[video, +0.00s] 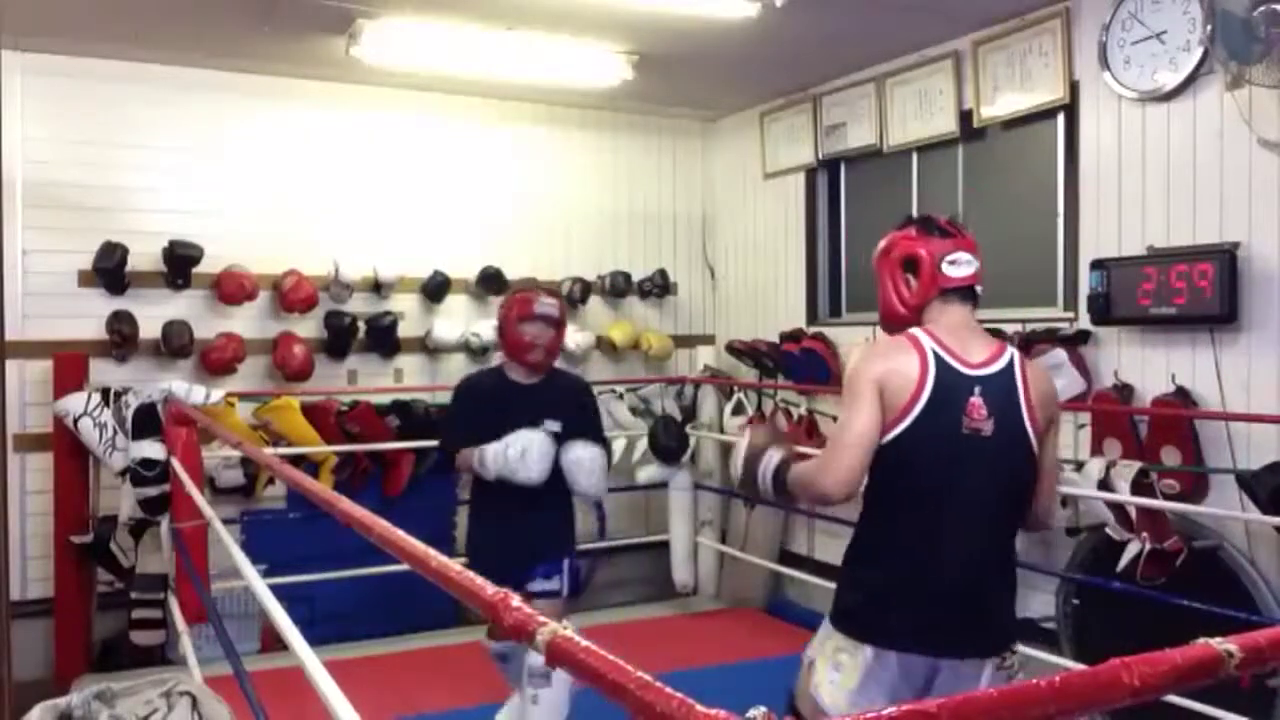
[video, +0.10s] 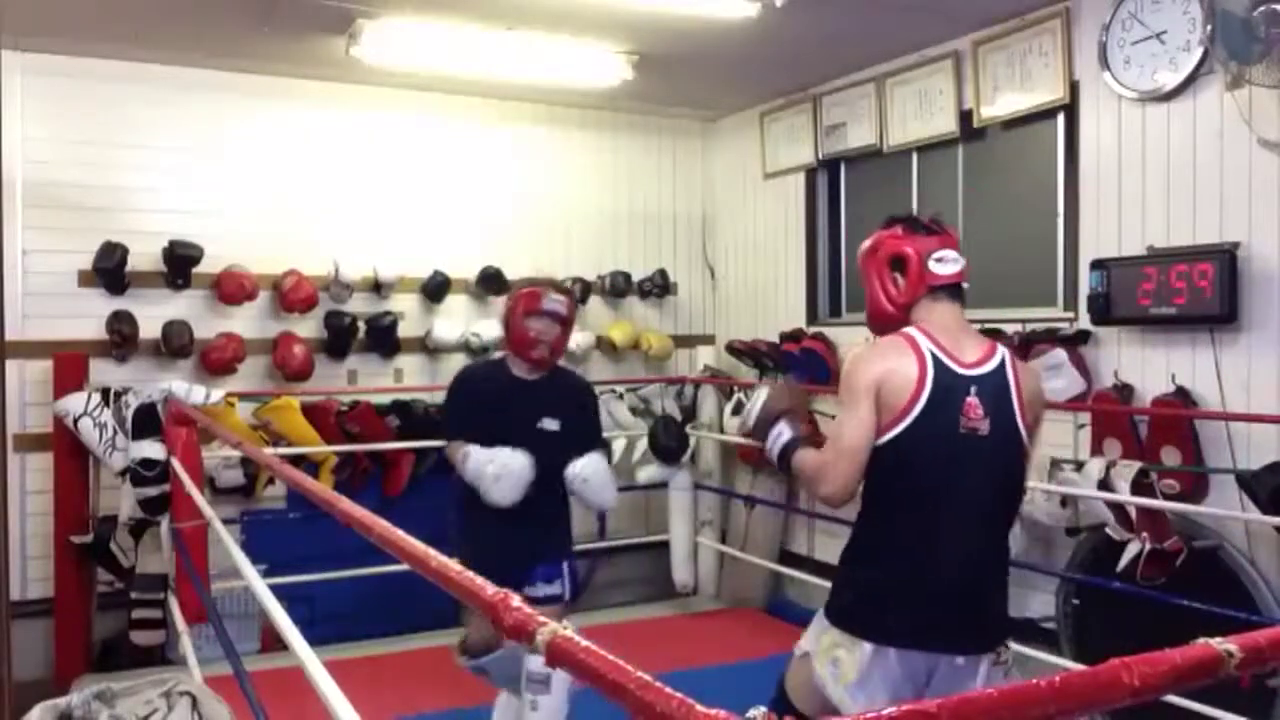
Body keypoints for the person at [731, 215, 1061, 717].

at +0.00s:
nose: (884, 298)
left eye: (887, 281)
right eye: (885, 283)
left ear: (911, 277)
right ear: (971, 280)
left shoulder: (884, 358)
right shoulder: (1034, 379)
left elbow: (834, 482)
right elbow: (1041, 513)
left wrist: (767, 460)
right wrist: (970, 487)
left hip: (883, 625)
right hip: (981, 631)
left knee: (815, 708)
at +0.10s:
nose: (871, 299)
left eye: (875, 282)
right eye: (871, 284)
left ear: (898, 276)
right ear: (956, 276)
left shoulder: (878, 360)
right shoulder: (1023, 377)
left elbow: (834, 484)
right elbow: (1005, 494)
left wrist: (785, 436)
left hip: (877, 626)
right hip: (975, 631)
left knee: (791, 708)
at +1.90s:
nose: (825, 319)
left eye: (825, 304)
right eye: (820, 306)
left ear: (860, 291)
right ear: (888, 282)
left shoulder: (886, 368)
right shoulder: (962, 353)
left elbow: (852, 487)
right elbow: (922, 441)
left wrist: (786, 444)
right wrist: (832, 410)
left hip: (896, 612)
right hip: (972, 602)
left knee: (857, 709)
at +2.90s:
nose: (759, 338)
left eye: (759, 324)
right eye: (754, 326)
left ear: (788, 311)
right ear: (804, 302)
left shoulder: (833, 384)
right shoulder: (863, 363)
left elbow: (762, 474)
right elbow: (778, 448)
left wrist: (718, 404)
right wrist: (744, 389)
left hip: (810, 589)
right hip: (869, 586)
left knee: (723, 705)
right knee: (859, 709)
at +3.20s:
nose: (805, 322)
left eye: (809, 306)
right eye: (804, 306)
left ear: (837, 298)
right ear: (871, 297)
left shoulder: (829, 365)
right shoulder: (916, 370)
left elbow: (799, 475)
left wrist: (741, 425)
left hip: (806, 584)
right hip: (879, 587)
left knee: (716, 702)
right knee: (867, 712)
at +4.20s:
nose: (579, 321)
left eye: (584, 307)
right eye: (580, 308)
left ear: (601, 307)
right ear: (663, 313)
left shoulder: (567, 382)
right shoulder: (709, 393)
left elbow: (508, 488)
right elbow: (693, 460)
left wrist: (523, 408)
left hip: (576, 629)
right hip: (672, 630)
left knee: (547, 708)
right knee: (683, 713)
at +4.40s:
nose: (597, 270)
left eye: (601, 257)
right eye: (600, 258)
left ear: (614, 260)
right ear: (683, 266)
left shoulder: (574, 337)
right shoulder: (731, 353)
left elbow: (523, 446)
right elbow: (728, 465)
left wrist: (581, 428)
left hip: (585, 581)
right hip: (682, 586)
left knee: (566, 707)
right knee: (684, 710)